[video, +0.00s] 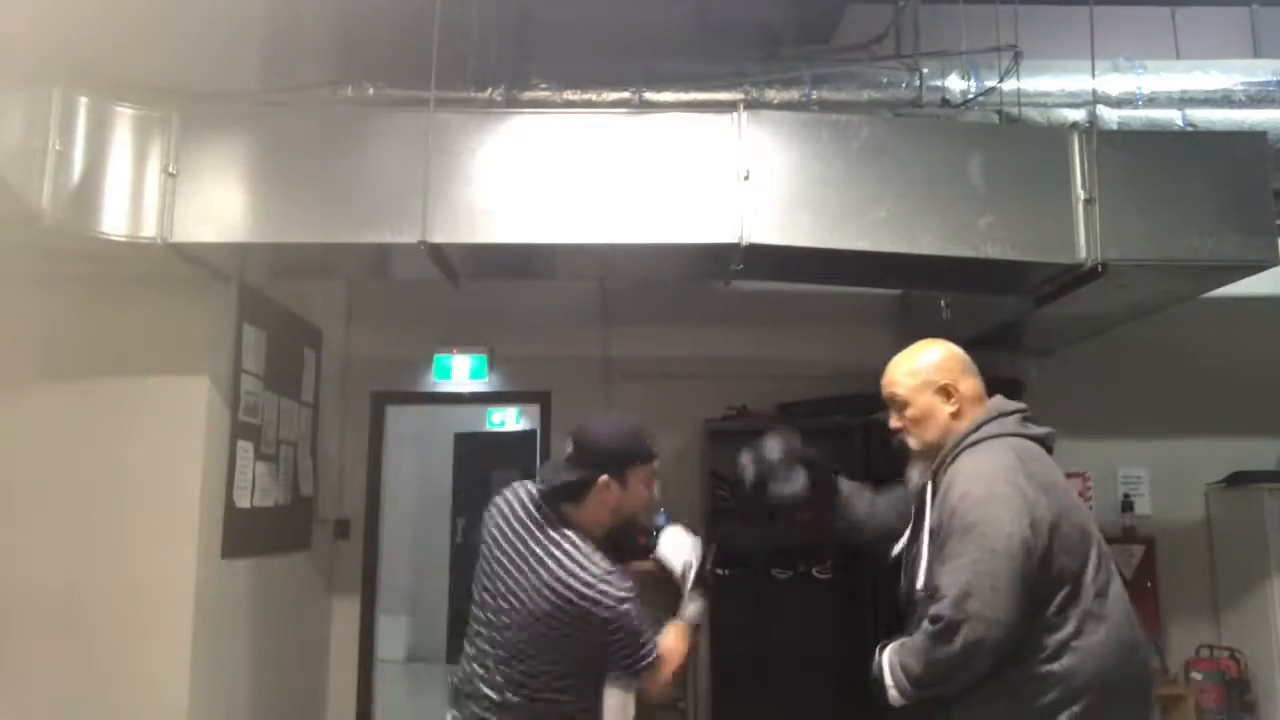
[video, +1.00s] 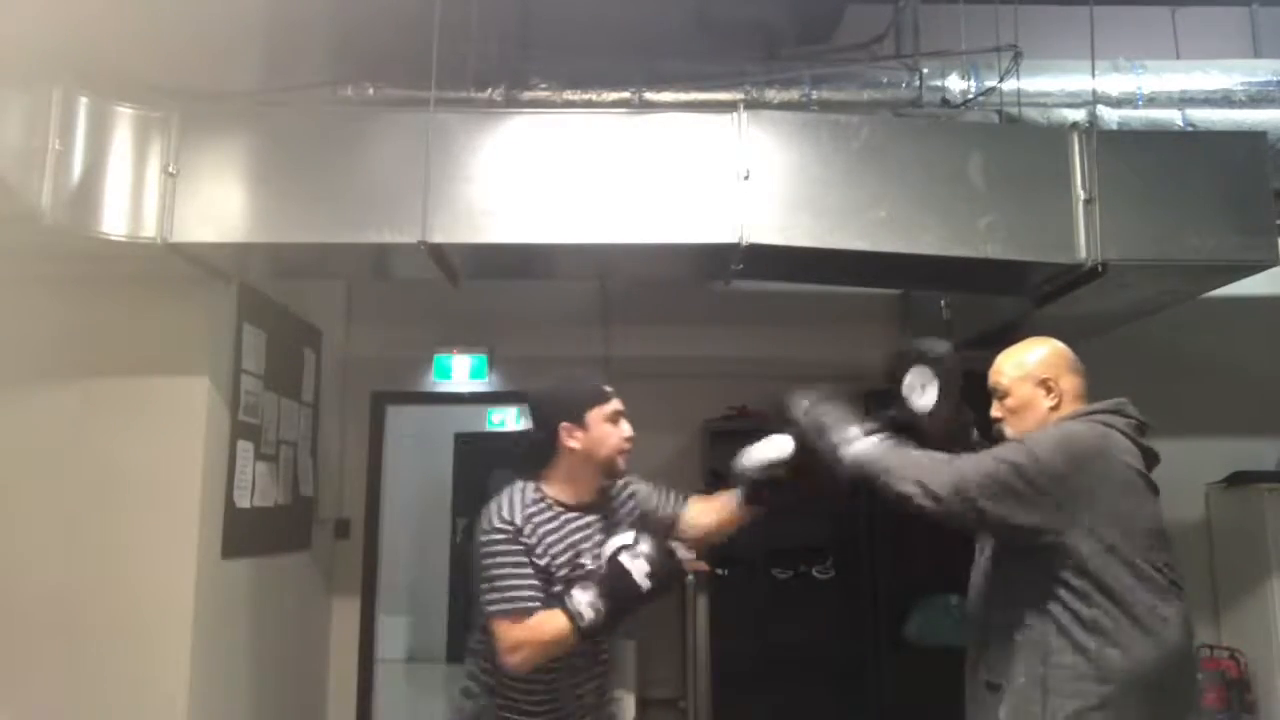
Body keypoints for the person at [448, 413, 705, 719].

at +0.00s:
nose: (654, 493)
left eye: (653, 480)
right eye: (646, 482)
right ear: (606, 487)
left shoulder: (511, 499)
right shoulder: (601, 589)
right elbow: (656, 682)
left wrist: (652, 566)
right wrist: (690, 608)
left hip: (467, 700)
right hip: (542, 711)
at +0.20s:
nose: (645, 538)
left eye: (648, 523)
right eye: (638, 523)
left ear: (590, 517)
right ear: (592, 517)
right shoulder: (507, 601)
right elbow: (539, 709)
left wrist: (639, 574)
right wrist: (617, 661)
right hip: (465, 712)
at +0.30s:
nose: (621, 532)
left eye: (625, 516)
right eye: (614, 516)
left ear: (568, 508)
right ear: (569, 506)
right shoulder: (480, 580)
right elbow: (514, 706)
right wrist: (590, 632)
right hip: (459, 713)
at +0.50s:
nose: (578, 504)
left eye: (580, 488)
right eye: (572, 486)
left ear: (526, 478)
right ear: (527, 477)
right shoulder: (434, 552)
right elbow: (471, 687)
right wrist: (545, 598)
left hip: (513, 706)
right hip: (429, 712)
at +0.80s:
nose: (579, 456)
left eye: (575, 441)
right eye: (564, 441)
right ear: (515, 452)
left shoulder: (538, 520)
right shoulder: (444, 534)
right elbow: (469, 668)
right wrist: (560, 625)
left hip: (531, 704)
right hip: (454, 711)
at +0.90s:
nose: (608, 434)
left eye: (604, 419)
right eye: (592, 420)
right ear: (546, 434)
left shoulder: (573, 506)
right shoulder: (482, 516)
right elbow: (506, 646)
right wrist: (589, 582)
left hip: (558, 705)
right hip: (492, 712)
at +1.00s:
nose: (629, 433)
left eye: (625, 419)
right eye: (614, 420)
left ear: (576, 436)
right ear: (571, 435)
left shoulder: (620, 496)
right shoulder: (507, 521)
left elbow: (695, 519)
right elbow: (515, 650)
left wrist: (753, 492)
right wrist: (607, 593)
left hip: (589, 705)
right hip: (510, 711)